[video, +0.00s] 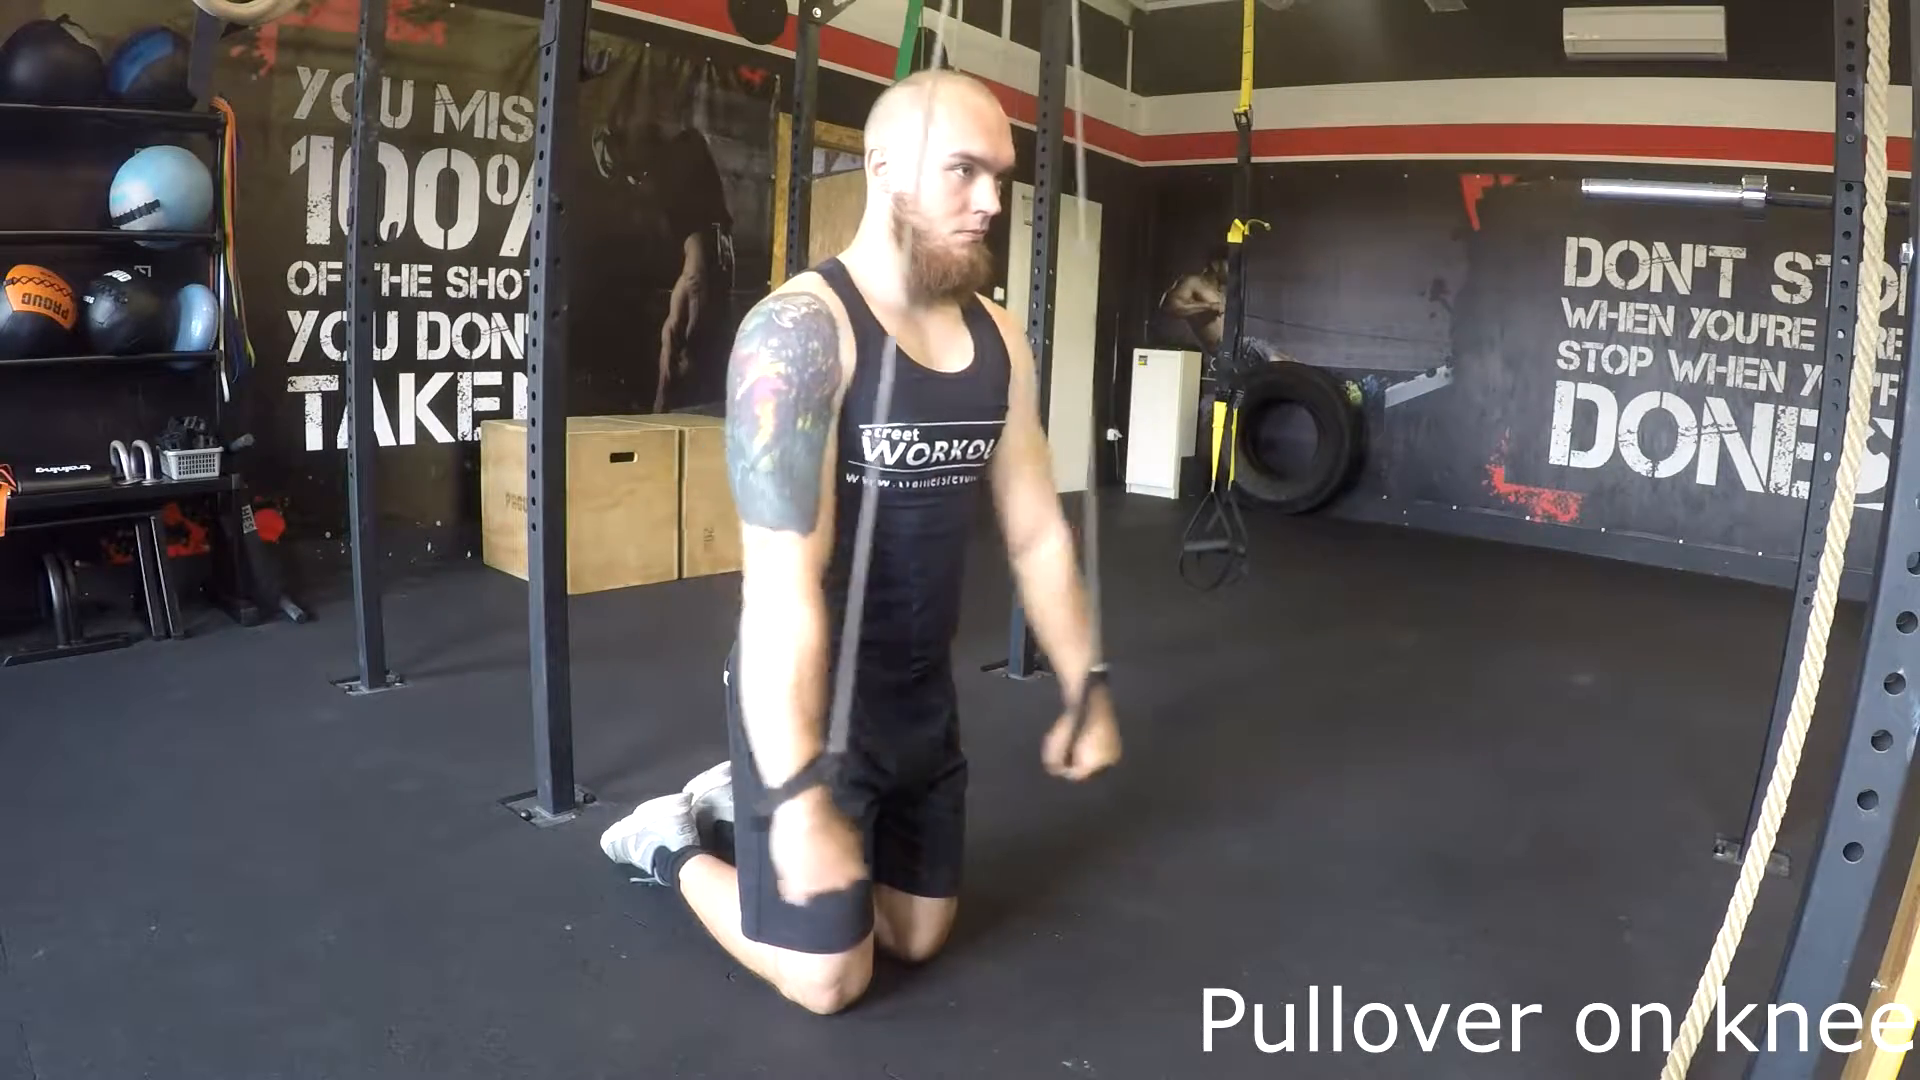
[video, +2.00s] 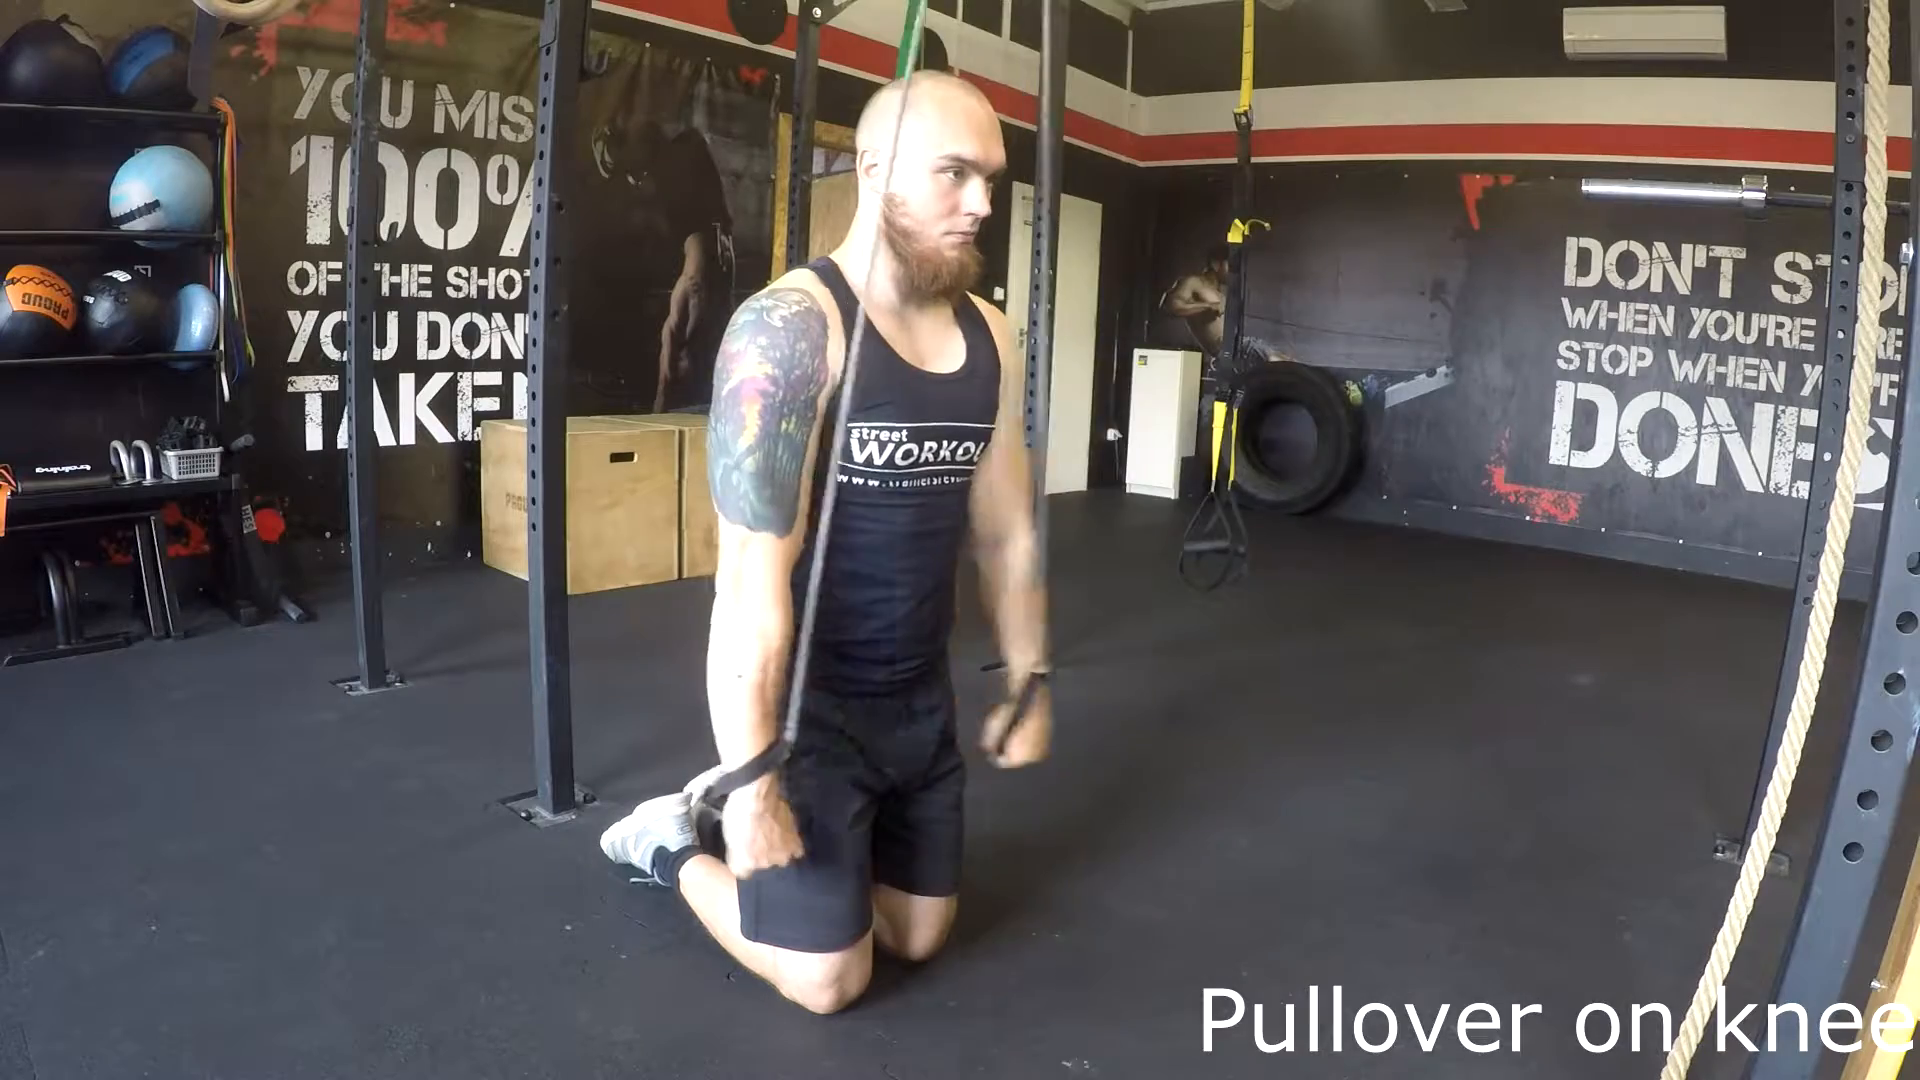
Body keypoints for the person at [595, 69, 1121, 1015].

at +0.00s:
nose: (990, 201)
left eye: (1002, 176)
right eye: (964, 169)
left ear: (1007, 186)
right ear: (886, 173)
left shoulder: (996, 337)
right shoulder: (796, 333)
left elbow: (1037, 530)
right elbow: (782, 583)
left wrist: (1084, 679)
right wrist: (801, 793)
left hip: (920, 693)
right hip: (810, 694)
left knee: (916, 932)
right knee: (825, 981)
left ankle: (731, 808)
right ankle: (673, 854)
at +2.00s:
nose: (982, 204)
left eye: (992, 180)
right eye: (956, 174)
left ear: (996, 188)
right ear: (877, 175)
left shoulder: (989, 333)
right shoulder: (787, 331)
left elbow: (1007, 528)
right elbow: (754, 570)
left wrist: (1028, 675)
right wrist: (752, 774)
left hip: (918, 697)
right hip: (803, 705)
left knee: (915, 932)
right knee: (826, 980)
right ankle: (680, 848)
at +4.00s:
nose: (977, 208)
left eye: (989, 184)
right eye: (951, 176)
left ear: (995, 193)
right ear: (871, 174)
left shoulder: (985, 338)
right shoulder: (781, 333)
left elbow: (1019, 530)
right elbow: (765, 582)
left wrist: (1058, 676)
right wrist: (780, 787)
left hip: (913, 697)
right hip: (804, 704)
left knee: (916, 932)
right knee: (825, 979)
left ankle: (732, 807)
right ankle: (672, 855)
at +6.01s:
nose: (1002, 208)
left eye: (1012, 182)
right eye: (976, 176)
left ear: (1015, 190)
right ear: (896, 176)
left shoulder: (999, 340)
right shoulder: (801, 331)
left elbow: (1032, 529)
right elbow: (738, 572)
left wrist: (1070, 675)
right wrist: (720, 786)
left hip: (920, 697)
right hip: (804, 703)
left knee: (918, 931)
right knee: (825, 980)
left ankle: (766, 837)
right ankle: (684, 845)